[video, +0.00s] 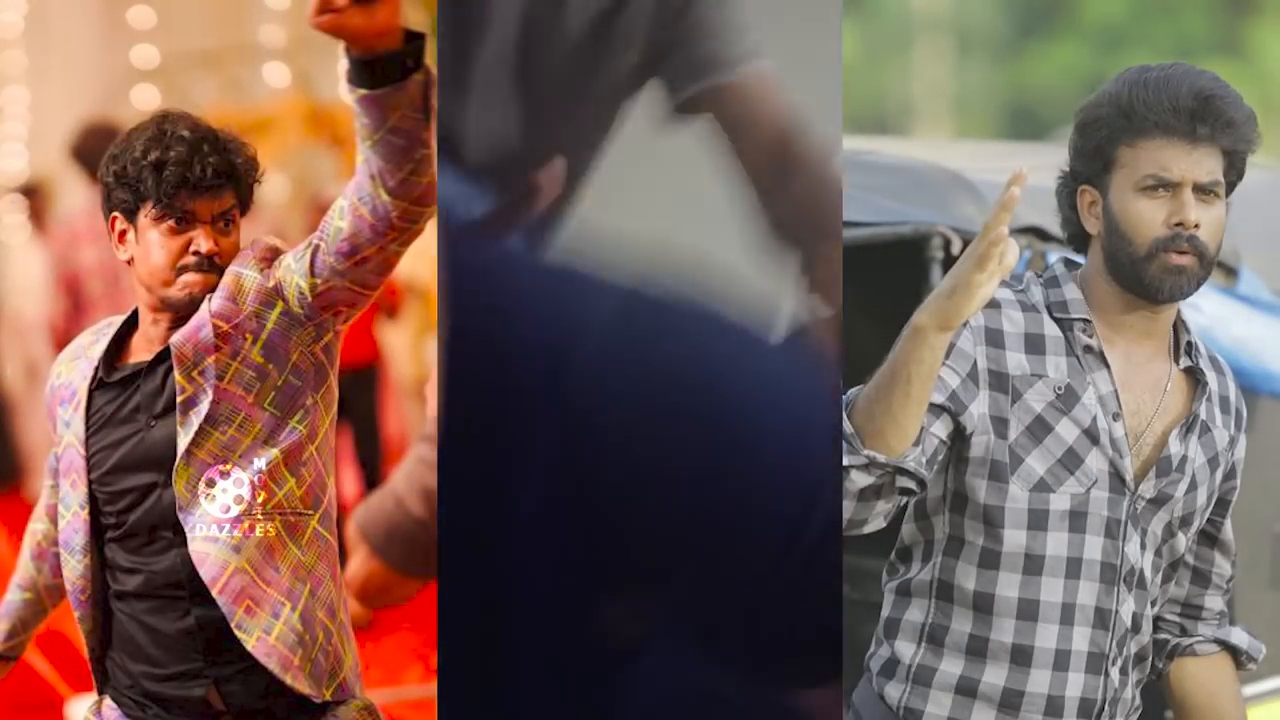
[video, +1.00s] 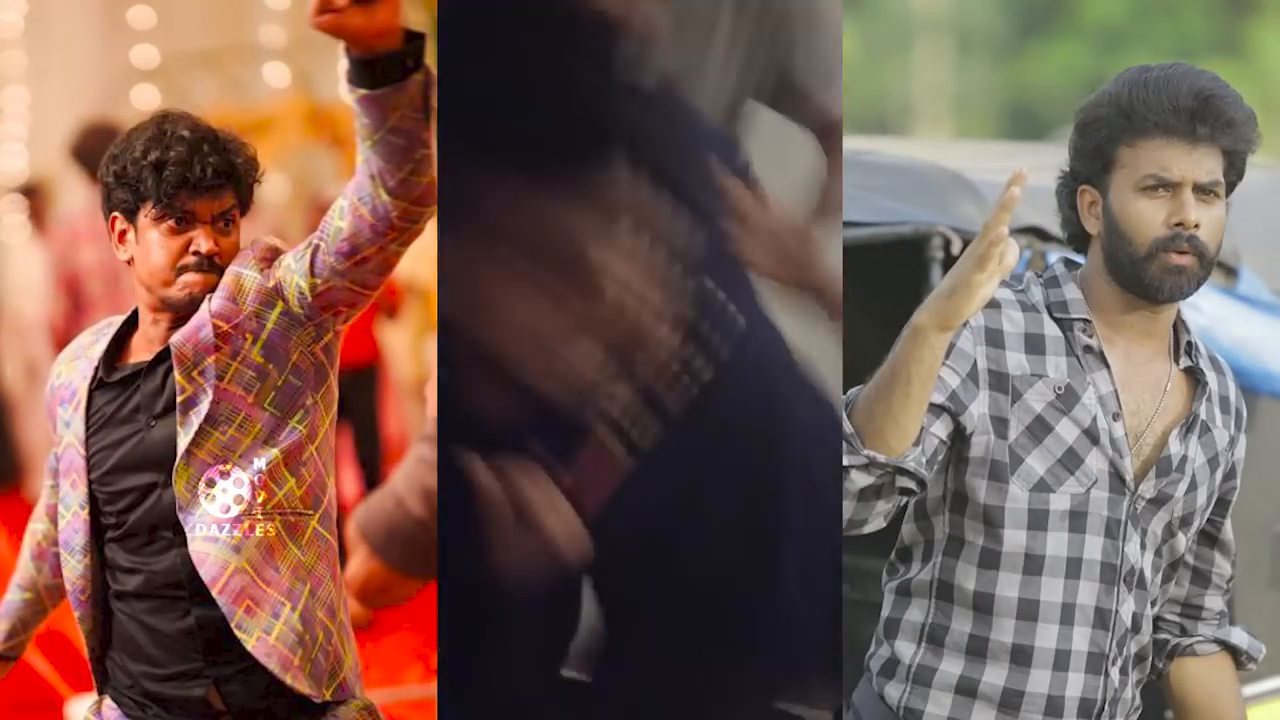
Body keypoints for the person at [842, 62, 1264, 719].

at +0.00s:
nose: (1187, 217)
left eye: (1207, 194)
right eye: (1157, 190)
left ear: (1227, 208)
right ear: (1092, 207)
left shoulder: (1219, 398)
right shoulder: (984, 329)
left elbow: (1193, 617)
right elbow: (850, 508)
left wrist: (1225, 711)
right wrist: (931, 327)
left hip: (1105, 709)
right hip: (935, 702)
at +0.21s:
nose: (1188, 217)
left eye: (1207, 194)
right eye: (1157, 190)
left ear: (1227, 208)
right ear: (1092, 208)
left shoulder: (1219, 398)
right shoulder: (984, 330)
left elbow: (1193, 618)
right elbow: (848, 509)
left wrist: (1226, 710)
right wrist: (931, 327)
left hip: (1104, 709)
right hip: (934, 702)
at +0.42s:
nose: (1187, 217)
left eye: (1207, 194)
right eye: (1157, 190)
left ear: (1227, 208)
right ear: (1092, 207)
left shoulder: (1219, 398)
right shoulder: (984, 328)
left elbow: (1193, 617)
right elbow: (852, 507)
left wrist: (1225, 710)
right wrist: (932, 327)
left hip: (1105, 709)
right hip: (934, 702)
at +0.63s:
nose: (1187, 217)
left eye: (1207, 194)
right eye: (1157, 190)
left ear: (1227, 209)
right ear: (1092, 208)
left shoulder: (1219, 397)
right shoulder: (984, 328)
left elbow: (1193, 615)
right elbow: (853, 506)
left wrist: (1225, 711)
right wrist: (932, 326)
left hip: (1105, 709)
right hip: (936, 701)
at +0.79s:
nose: (1187, 217)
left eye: (1207, 194)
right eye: (1157, 190)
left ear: (1227, 208)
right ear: (1092, 207)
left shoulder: (1219, 398)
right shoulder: (984, 329)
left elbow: (1193, 617)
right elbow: (850, 507)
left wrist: (1225, 711)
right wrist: (931, 327)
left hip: (1105, 709)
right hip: (934, 702)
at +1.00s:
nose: (1187, 217)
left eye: (1207, 194)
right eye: (1157, 190)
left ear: (1227, 209)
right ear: (1092, 208)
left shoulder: (1219, 398)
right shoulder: (984, 328)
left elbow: (1193, 615)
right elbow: (851, 508)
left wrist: (1225, 711)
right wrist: (931, 327)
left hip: (1105, 709)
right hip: (934, 702)